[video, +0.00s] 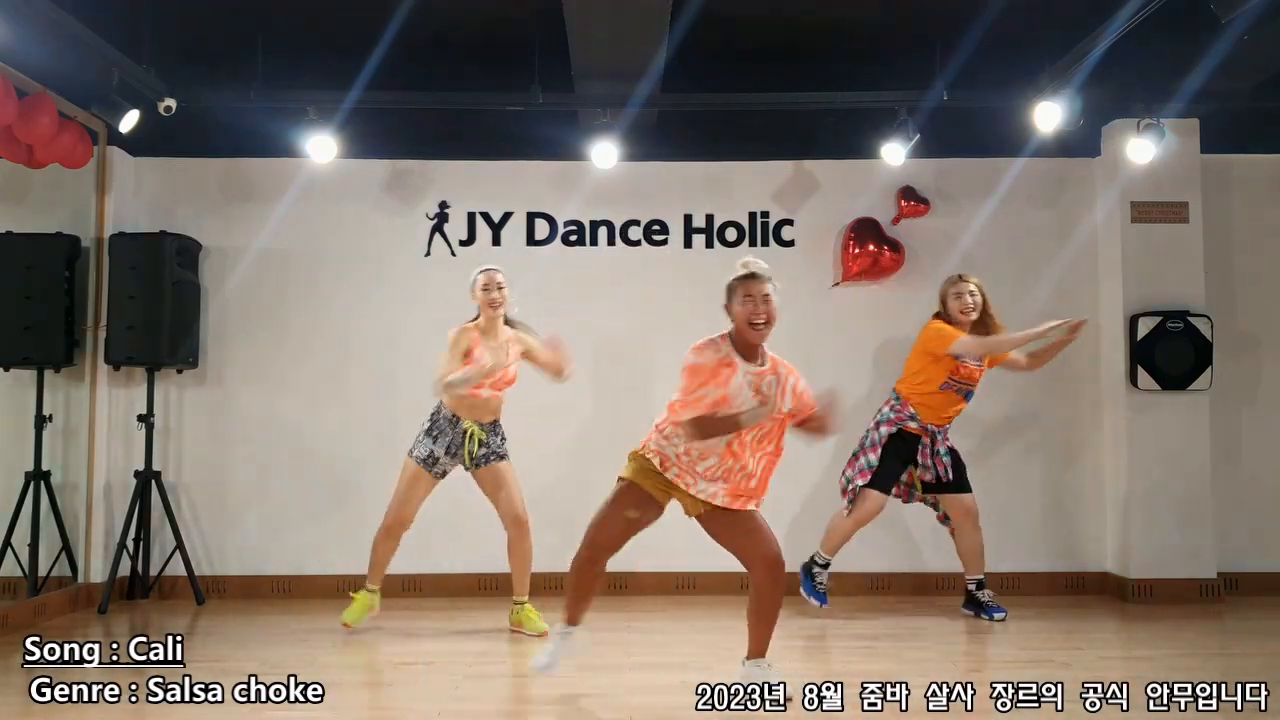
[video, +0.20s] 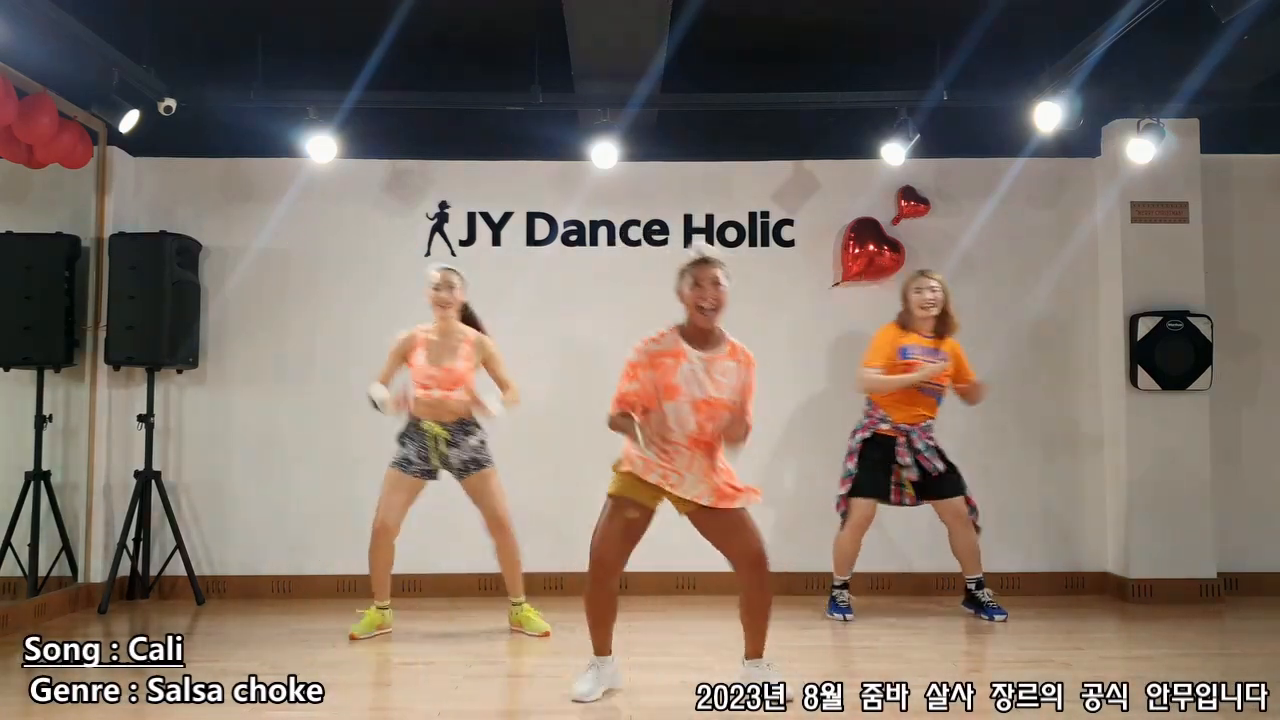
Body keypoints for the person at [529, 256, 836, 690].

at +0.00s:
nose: (759, 309)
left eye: (766, 299)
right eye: (747, 300)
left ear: (776, 307)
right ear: (729, 310)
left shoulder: (783, 376)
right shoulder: (706, 357)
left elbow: (810, 425)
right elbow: (699, 426)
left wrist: (824, 418)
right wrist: (753, 416)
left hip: (719, 489)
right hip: (662, 469)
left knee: (770, 564)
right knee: (595, 544)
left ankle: (755, 666)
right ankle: (568, 631)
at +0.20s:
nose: (708, 293)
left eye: (716, 284)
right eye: (697, 285)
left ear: (727, 293)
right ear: (682, 293)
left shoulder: (740, 360)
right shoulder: (654, 349)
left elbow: (739, 436)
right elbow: (617, 417)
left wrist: (734, 427)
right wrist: (638, 425)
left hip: (703, 472)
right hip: (645, 466)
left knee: (754, 559)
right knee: (603, 554)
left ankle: (755, 665)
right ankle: (602, 663)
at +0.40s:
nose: (666, 274)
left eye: (675, 265)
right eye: (656, 266)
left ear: (687, 275)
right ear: (641, 276)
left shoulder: (707, 329)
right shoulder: (620, 326)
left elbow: (744, 358)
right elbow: (587, 368)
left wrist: (756, 345)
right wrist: (593, 343)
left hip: (677, 455)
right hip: (620, 450)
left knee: (713, 549)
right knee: (601, 557)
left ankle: (689, 656)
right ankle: (602, 663)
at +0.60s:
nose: (641, 283)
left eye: (650, 275)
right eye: (631, 276)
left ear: (664, 286)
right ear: (618, 289)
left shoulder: (690, 341)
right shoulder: (602, 343)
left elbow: (735, 397)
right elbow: (559, 410)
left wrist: (701, 377)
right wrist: (584, 373)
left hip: (673, 471)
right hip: (612, 467)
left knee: (700, 566)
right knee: (547, 539)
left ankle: (672, 666)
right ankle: (557, 647)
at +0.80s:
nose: (598, 288)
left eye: (608, 279)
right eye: (588, 280)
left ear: (623, 287)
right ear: (576, 290)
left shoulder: (648, 339)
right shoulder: (566, 353)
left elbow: (672, 398)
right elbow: (536, 417)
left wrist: (628, 380)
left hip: (657, 469)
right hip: (598, 472)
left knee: (702, 558)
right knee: (549, 557)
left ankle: (682, 662)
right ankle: (537, 668)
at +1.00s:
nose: (569, 287)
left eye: (579, 279)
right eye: (559, 279)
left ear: (596, 287)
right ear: (547, 290)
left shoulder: (612, 326)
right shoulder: (541, 339)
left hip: (650, 457)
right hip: (595, 468)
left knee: (707, 555)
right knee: (548, 560)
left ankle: (767, 641)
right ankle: (540, 672)